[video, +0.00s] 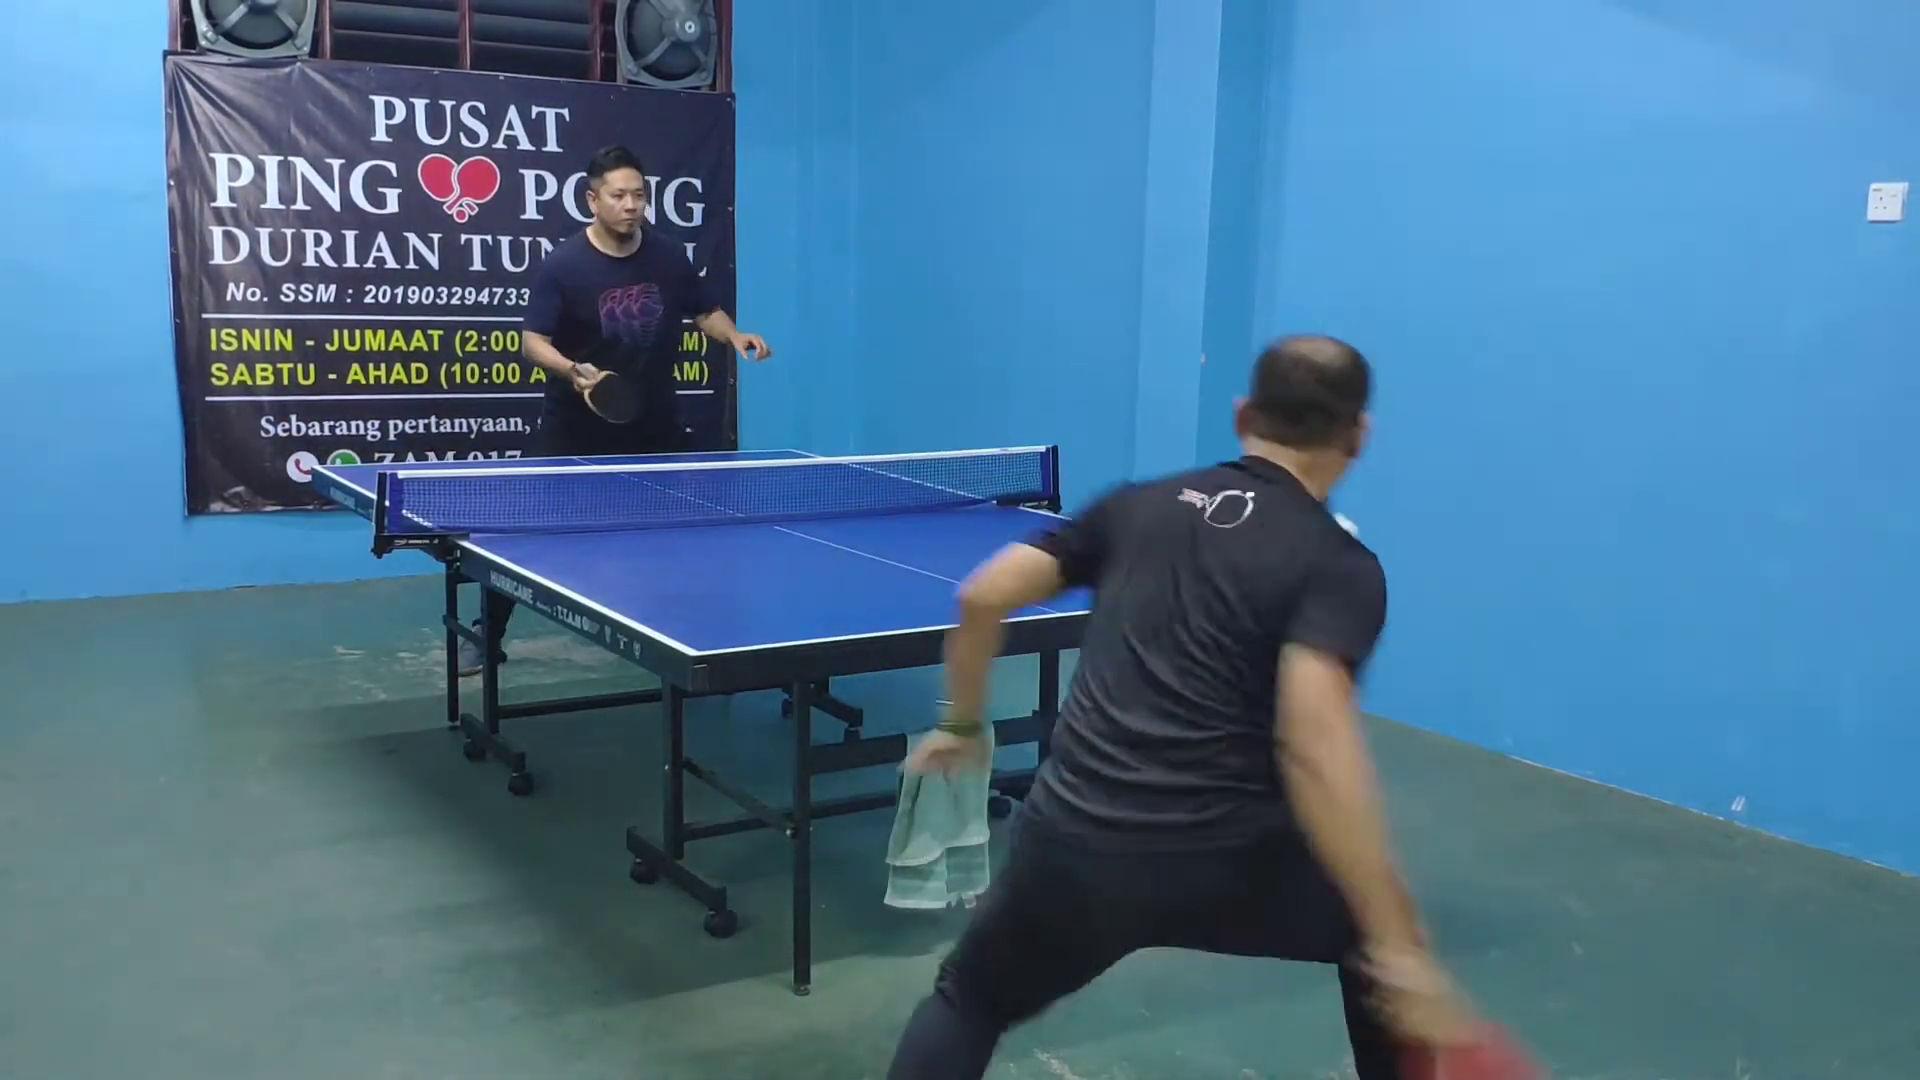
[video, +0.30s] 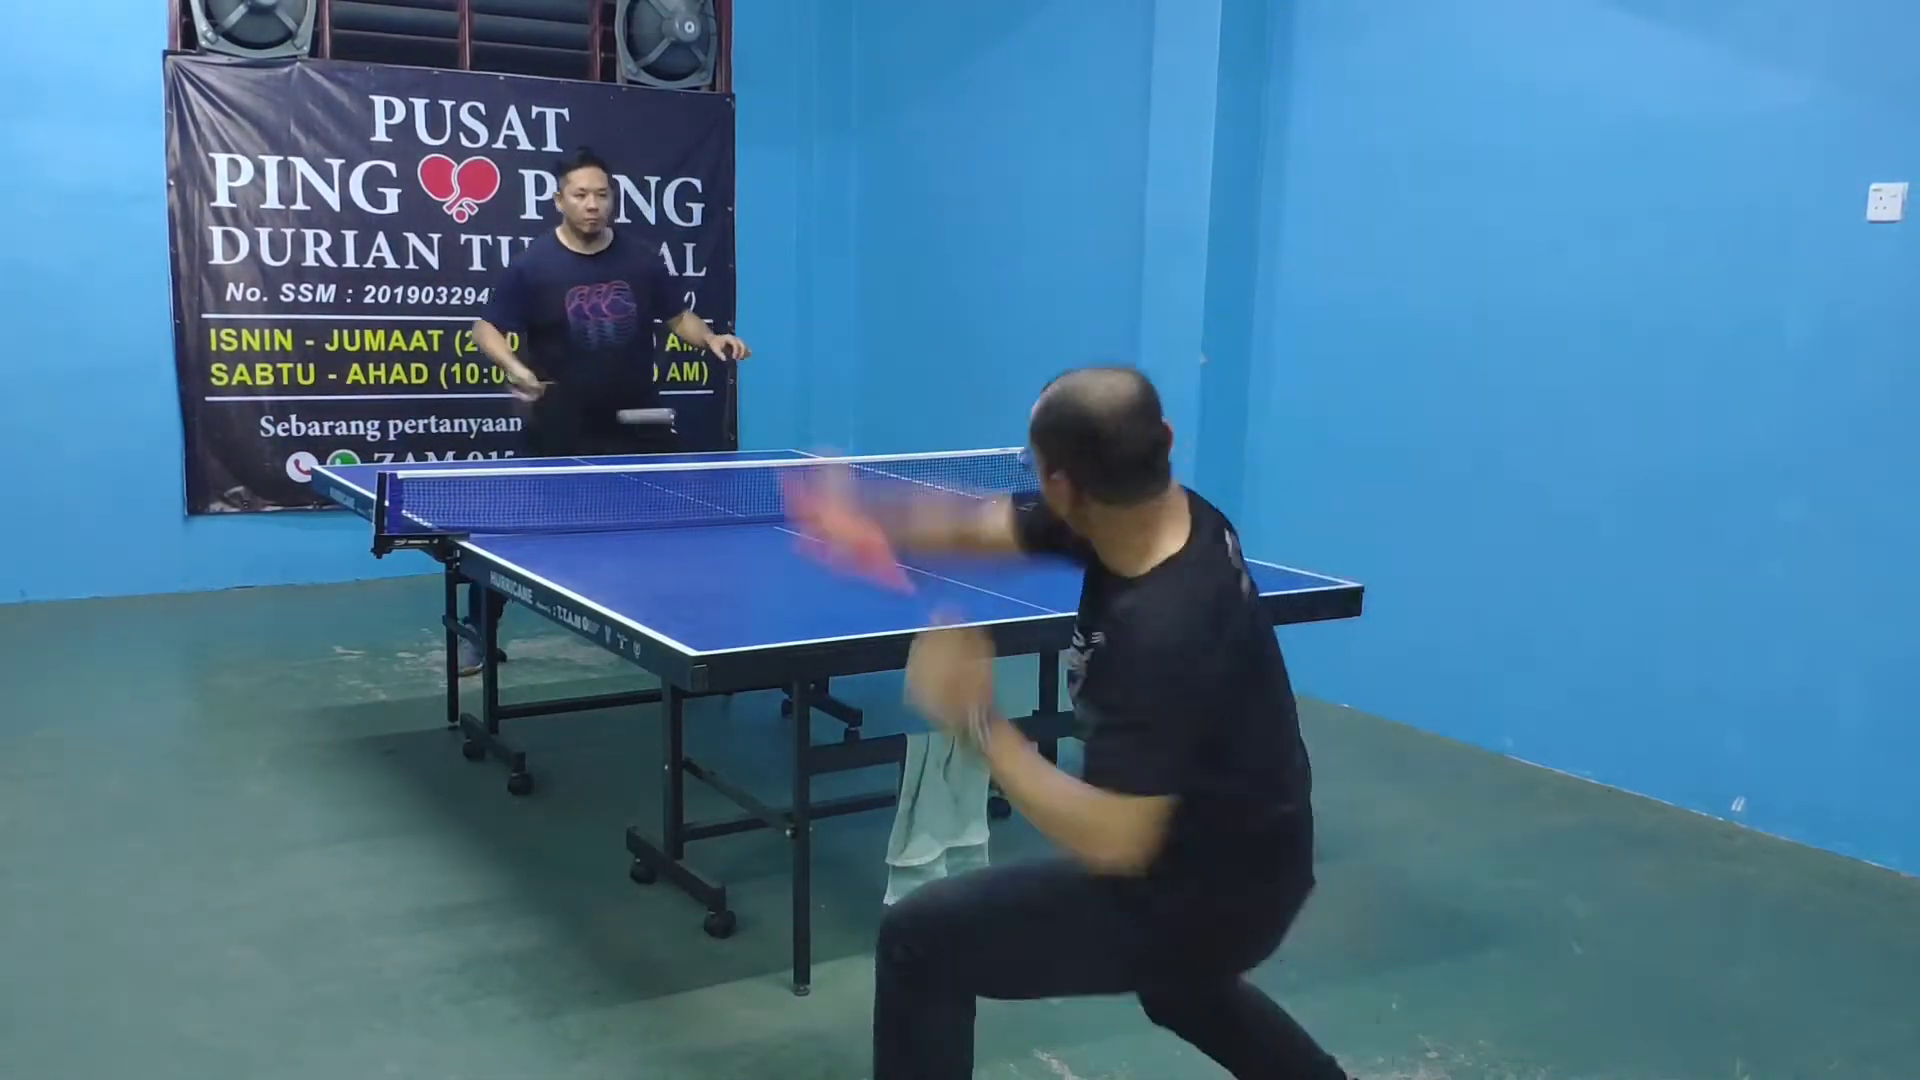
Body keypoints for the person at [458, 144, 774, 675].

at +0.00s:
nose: (631, 204)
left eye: (638, 194)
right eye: (619, 195)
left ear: (646, 198)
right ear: (592, 199)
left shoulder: (666, 254)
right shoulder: (563, 264)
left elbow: (703, 311)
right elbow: (533, 340)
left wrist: (735, 335)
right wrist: (570, 368)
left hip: (655, 422)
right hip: (575, 423)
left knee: (681, 520)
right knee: (527, 520)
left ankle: (692, 643)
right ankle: (489, 634)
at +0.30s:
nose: (593, 204)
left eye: (601, 194)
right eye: (581, 195)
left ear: (614, 200)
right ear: (560, 201)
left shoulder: (639, 257)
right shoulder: (535, 263)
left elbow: (677, 315)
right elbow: (486, 330)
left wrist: (711, 338)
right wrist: (512, 364)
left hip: (635, 424)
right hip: (559, 426)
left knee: (656, 526)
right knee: (516, 526)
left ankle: (673, 637)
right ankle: (478, 634)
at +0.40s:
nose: (555, 210)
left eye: (564, 200)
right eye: (545, 201)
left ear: (584, 204)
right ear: (532, 206)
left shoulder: (622, 255)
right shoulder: (512, 268)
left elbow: (667, 308)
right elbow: (453, 322)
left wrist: (710, 346)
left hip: (623, 417)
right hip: (546, 420)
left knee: (657, 519)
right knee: (494, 511)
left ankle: (681, 638)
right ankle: (455, 626)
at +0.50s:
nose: (505, 221)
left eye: (515, 210)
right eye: (495, 211)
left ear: (536, 210)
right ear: (483, 216)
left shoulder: (582, 257)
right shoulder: (467, 284)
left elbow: (630, 298)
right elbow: (408, 334)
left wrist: (681, 349)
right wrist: (365, 386)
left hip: (605, 427)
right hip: (521, 434)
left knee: (663, 522)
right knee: (471, 524)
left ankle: (695, 639)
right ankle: (436, 636)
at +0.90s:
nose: (530, 187)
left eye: (537, 177)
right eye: (517, 178)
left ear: (550, 185)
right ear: (498, 189)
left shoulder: (590, 245)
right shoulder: (480, 265)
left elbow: (639, 297)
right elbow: (449, 341)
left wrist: (668, 342)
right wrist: (426, 415)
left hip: (604, 417)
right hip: (525, 422)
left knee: (652, 518)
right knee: (483, 517)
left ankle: (684, 639)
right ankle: (440, 634)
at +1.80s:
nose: (593, 175)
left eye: (602, 165)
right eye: (582, 166)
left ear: (615, 172)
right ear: (565, 174)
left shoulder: (653, 237)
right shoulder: (543, 244)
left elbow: (683, 314)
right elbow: (509, 315)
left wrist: (712, 388)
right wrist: (497, 384)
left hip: (646, 408)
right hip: (569, 409)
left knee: (662, 517)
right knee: (530, 513)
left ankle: (675, 630)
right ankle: (497, 626)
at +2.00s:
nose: (609, 179)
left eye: (618, 170)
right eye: (597, 169)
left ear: (627, 179)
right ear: (576, 178)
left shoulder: (658, 240)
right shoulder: (555, 243)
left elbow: (687, 313)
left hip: (643, 397)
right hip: (575, 396)